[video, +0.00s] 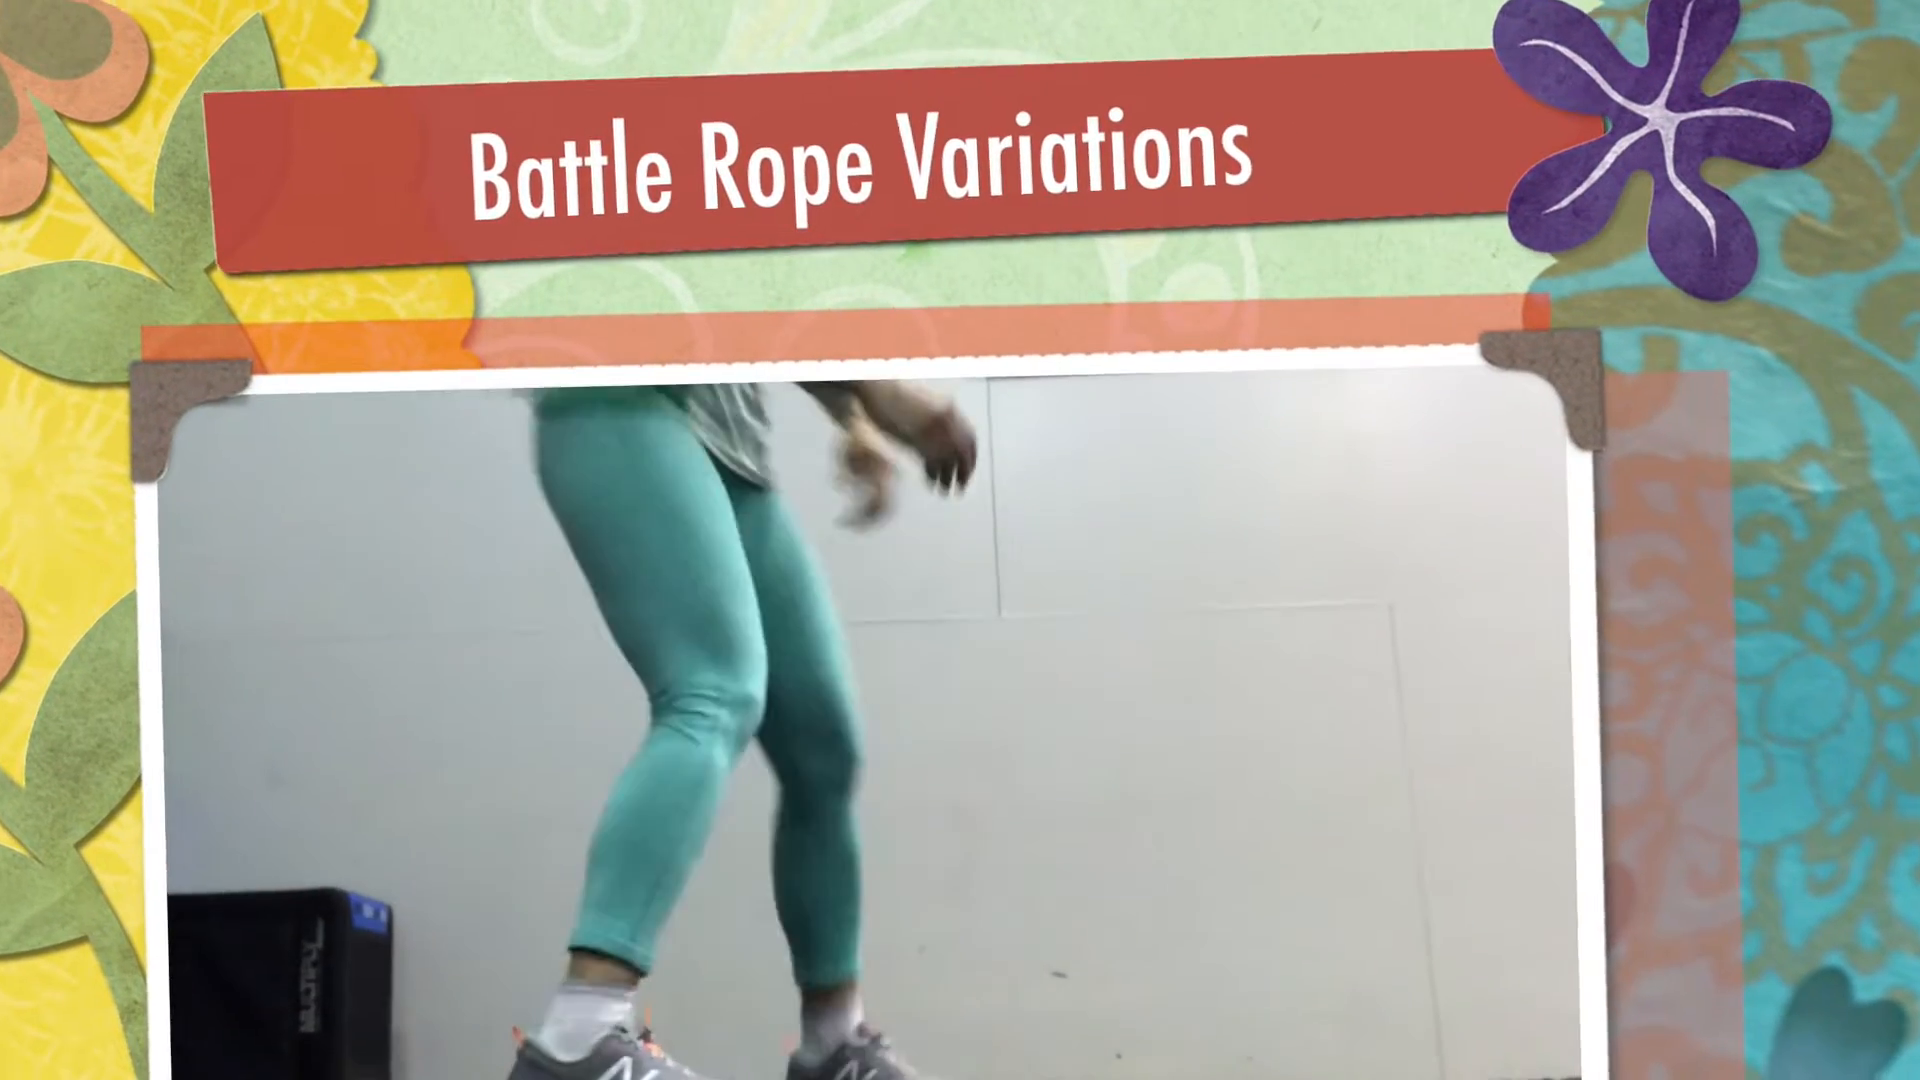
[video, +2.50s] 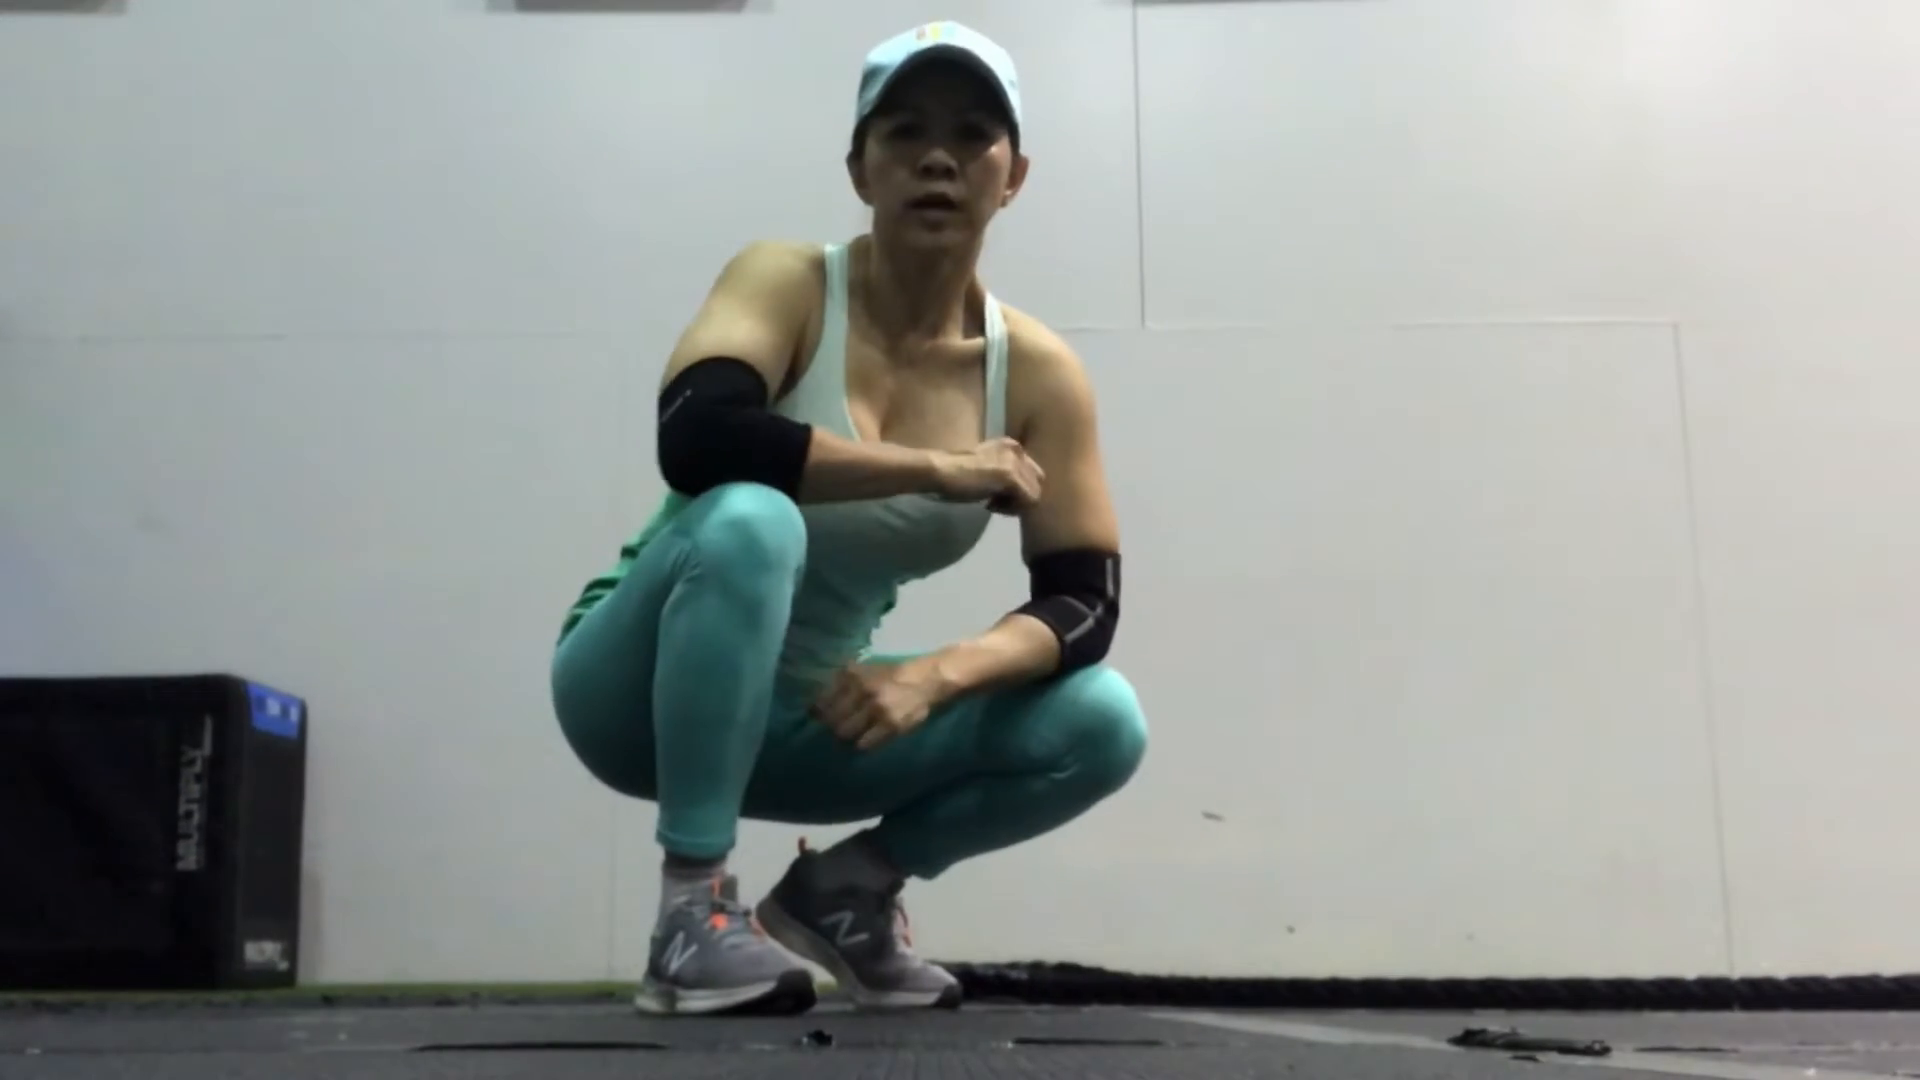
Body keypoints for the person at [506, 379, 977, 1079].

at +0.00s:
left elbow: (784, 304)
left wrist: (853, 418)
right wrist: (909, 402)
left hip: (730, 441)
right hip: (623, 408)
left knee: (823, 748)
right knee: (712, 694)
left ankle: (834, 1040)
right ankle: (583, 1027)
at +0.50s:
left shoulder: (893, 344)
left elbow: (860, 453)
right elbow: (666, 496)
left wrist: (855, 562)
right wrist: (783, 628)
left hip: (738, 539)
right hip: (609, 525)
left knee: (884, 747)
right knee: (694, 754)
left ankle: (851, 1025)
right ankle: (685, 1048)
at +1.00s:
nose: (846, 347)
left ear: (886, 341)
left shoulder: (918, 428)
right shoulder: (718, 414)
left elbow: (937, 604)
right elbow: (705, 609)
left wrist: (863, 675)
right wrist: (875, 650)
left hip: (739, 658)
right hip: (618, 625)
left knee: (888, 833)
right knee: (690, 762)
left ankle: (801, 1060)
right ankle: (690, 1058)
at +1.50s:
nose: (889, 383)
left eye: (915, 364)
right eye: (862, 365)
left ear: (948, 393)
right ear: (822, 392)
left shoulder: (976, 570)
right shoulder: (756, 499)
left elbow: (1014, 767)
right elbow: (722, 661)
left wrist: (889, 810)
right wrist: (913, 700)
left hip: (810, 854)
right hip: (655, 833)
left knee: (1031, 865)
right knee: (747, 736)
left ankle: (838, 1025)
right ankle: (717, 1046)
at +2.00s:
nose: (940, 140)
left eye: (972, 117)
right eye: (909, 115)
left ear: (1015, 159)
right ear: (864, 149)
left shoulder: (1040, 367)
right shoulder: (782, 270)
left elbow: (1078, 600)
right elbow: (707, 437)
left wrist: (929, 669)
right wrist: (938, 506)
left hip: (813, 711)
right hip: (645, 675)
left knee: (1097, 720)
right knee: (734, 523)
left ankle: (842, 888)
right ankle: (691, 915)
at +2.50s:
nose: (937, 156)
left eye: (969, 134)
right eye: (906, 132)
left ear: (1012, 176)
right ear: (861, 167)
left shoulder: (1036, 373)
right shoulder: (781, 283)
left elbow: (1081, 608)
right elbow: (699, 441)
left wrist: (936, 674)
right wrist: (933, 468)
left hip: (814, 718)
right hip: (638, 689)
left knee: (1099, 723)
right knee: (751, 525)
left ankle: (843, 888)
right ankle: (692, 912)